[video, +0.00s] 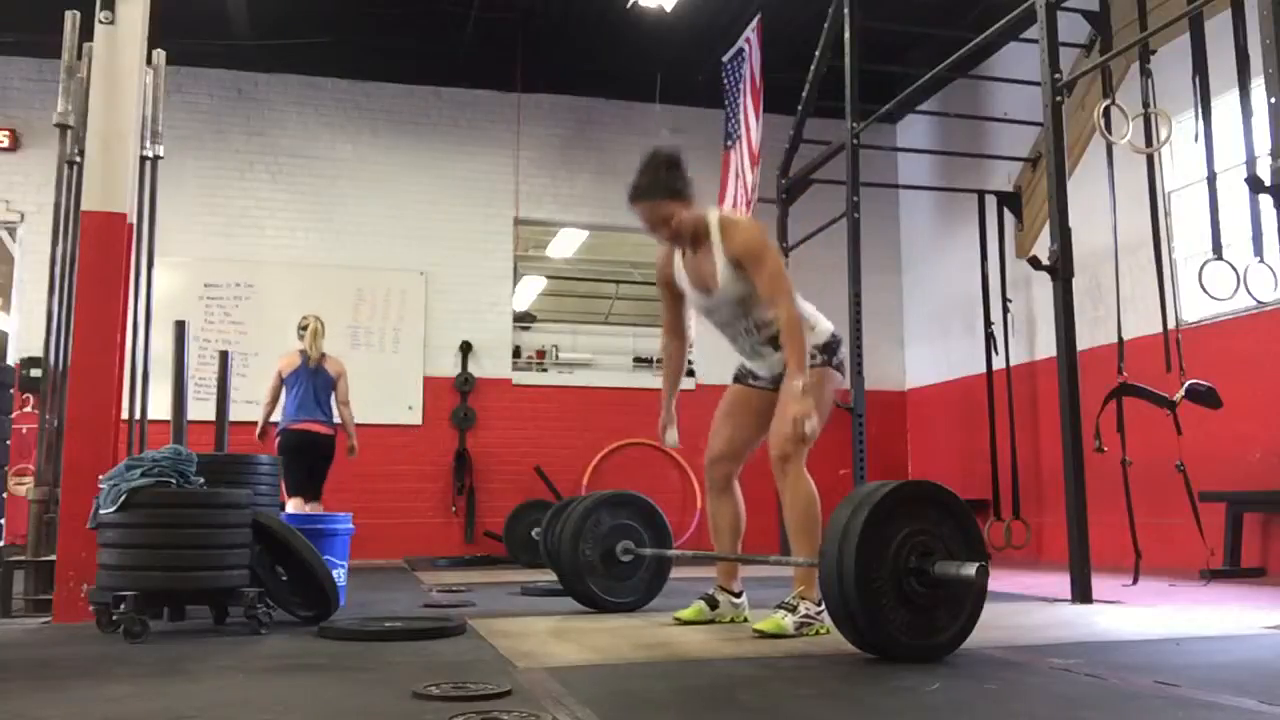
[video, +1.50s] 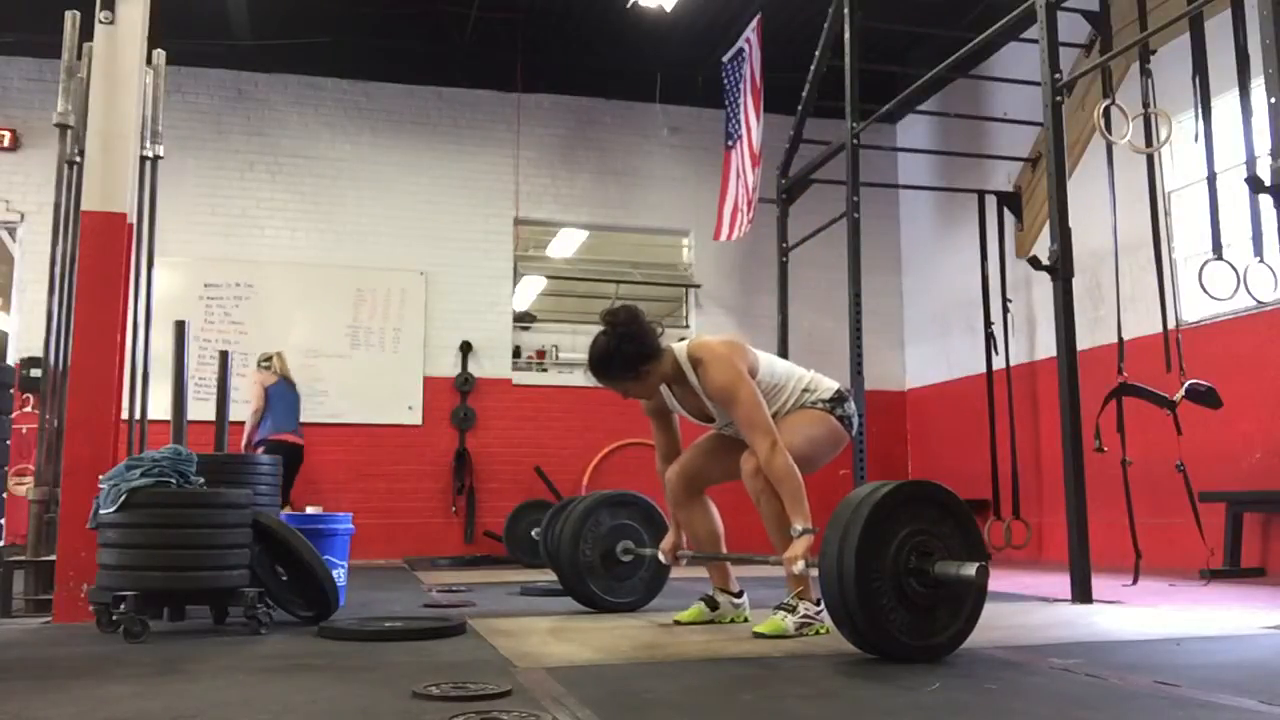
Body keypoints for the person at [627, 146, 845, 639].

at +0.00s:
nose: (663, 234)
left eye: (667, 221)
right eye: (652, 228)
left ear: (688, 200)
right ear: (647, 222)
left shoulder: (741, 233)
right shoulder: (671, 263)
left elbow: (787, 308)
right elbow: (674, 336)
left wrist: (796, 386)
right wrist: (668, 406)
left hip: (812, 353)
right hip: (760, 363)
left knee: (785, 453)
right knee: (718, 465)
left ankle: (807, 599)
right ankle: (728, 593)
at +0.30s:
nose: (658, 356)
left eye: (660, 342)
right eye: (646, 350)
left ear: (676, 315)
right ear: (635, 344)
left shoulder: (728, 341)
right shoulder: (661, 371)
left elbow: (772, 433)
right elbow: (663, 444)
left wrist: (794, 519)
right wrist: (661, 516)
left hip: (824, 404)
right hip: (760, 420)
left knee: (762, 463)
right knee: (688, 478)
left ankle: (807, 603)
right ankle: (726, 596)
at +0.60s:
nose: (652, 383)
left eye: (653, 370)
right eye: (642, 379)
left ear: (670, 342)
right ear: (629, 372)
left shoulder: (726, 359)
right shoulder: (658, 392)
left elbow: (774, 445)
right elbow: (664, 460)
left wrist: (801, 529)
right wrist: (667, 529)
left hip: (825, 411)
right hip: (759, 429)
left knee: (759, 466)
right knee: (681, 479)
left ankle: (807, 604)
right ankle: (727, 596)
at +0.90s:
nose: (628, 391)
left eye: (629, 383)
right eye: (622, 385)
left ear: (648, 363)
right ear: (646, 359)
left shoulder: (721, 361)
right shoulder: (656, 385)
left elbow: (771, 446)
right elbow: (666, 458)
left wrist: (800, 529)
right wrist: (671, 529)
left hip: (824, 410)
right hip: (761, 427)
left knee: (757, 468)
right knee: (680, 480)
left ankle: (808, 604)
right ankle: (727, 596)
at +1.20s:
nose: (624, 396)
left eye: (623, 387)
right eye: (617, 389)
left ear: (641, 369)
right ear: (643, 363)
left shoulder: (715, 363)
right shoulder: (656, 391)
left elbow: (769, 447)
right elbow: (669, 458)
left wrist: (802, 528)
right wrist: (678, 528)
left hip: (822, 409)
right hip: (759, 425)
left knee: (756, 468)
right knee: (680, 479)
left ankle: (806, 604)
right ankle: (727, 596)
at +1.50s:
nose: (624, 397)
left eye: (623, 388)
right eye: (617, 390)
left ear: (641, 371)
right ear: (643, 365)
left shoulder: (715, 364)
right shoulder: (656, 391)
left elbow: (770, 448)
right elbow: (669, 459)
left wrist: (803, 530)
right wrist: (675, 527)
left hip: (823, 410)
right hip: (760, 425)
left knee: (756, 468)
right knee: (680, 480)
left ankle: (806, 604)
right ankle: (727, 597)